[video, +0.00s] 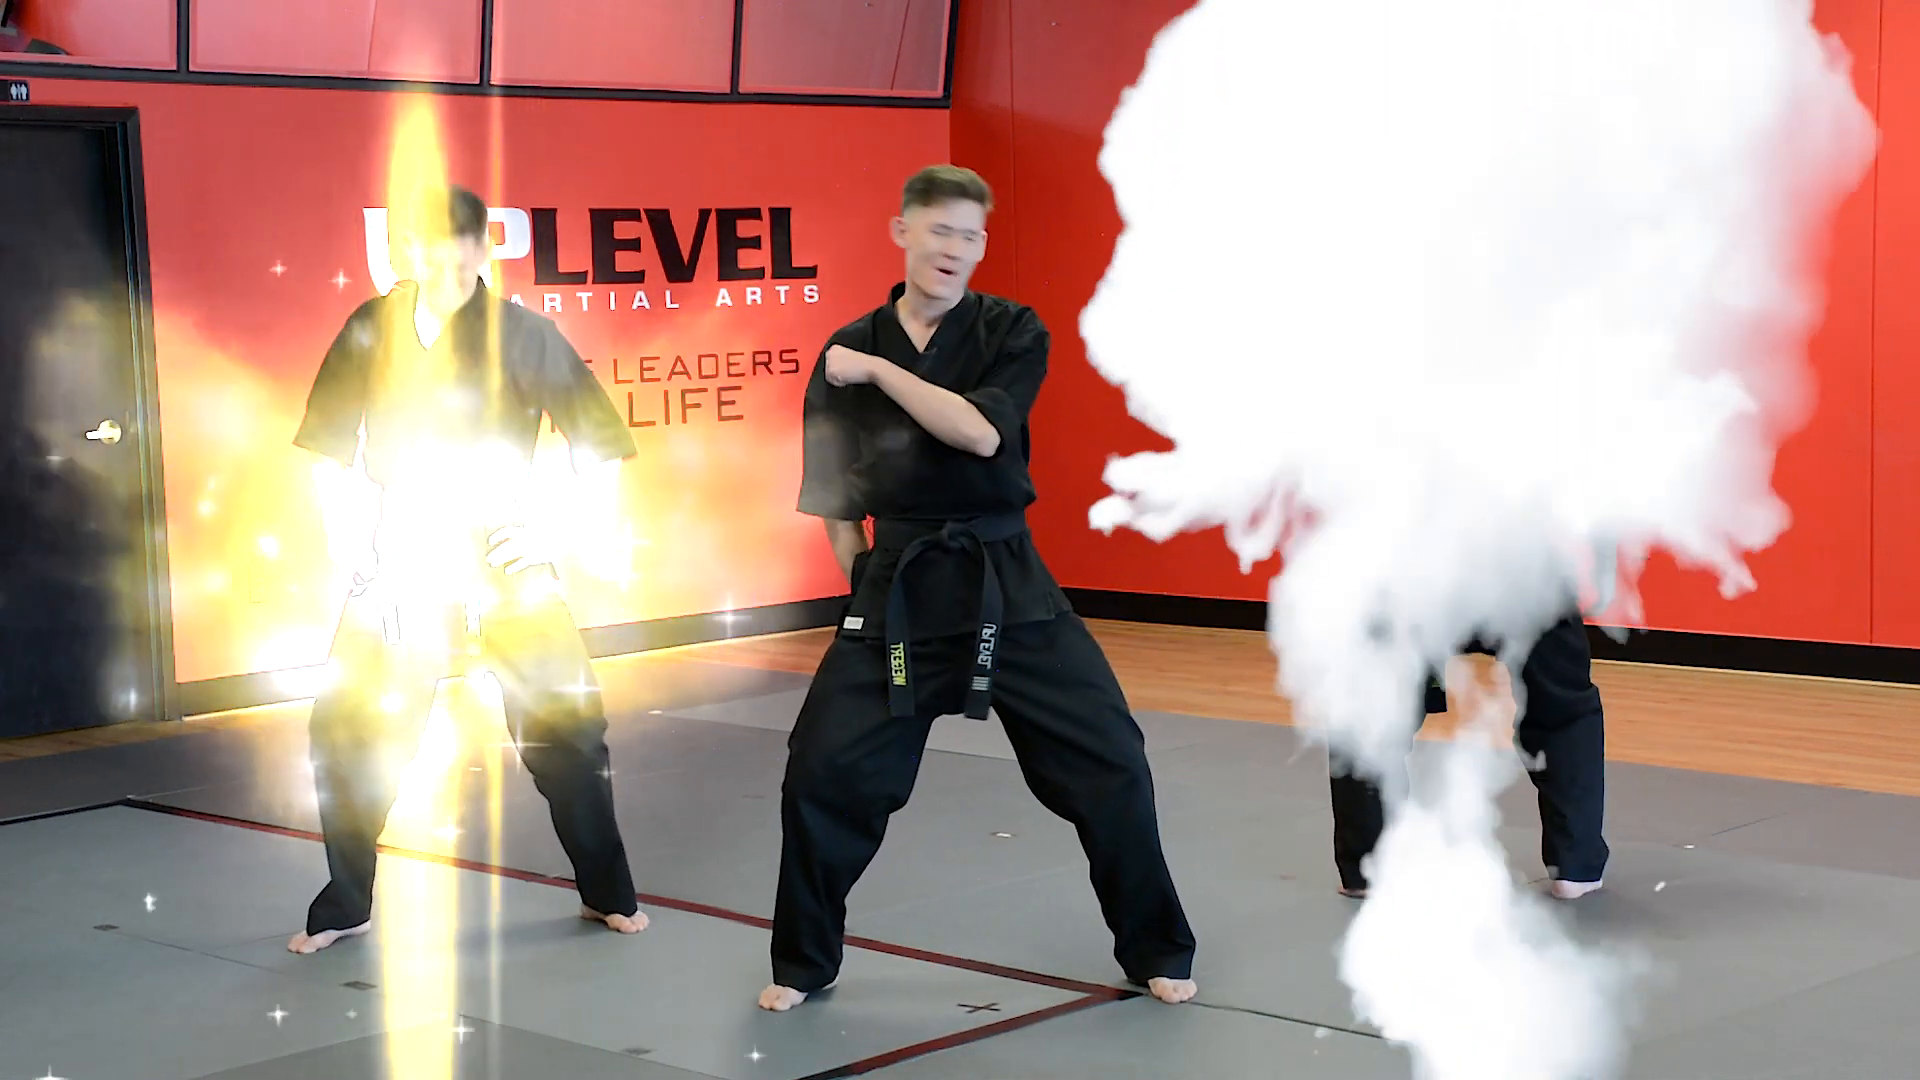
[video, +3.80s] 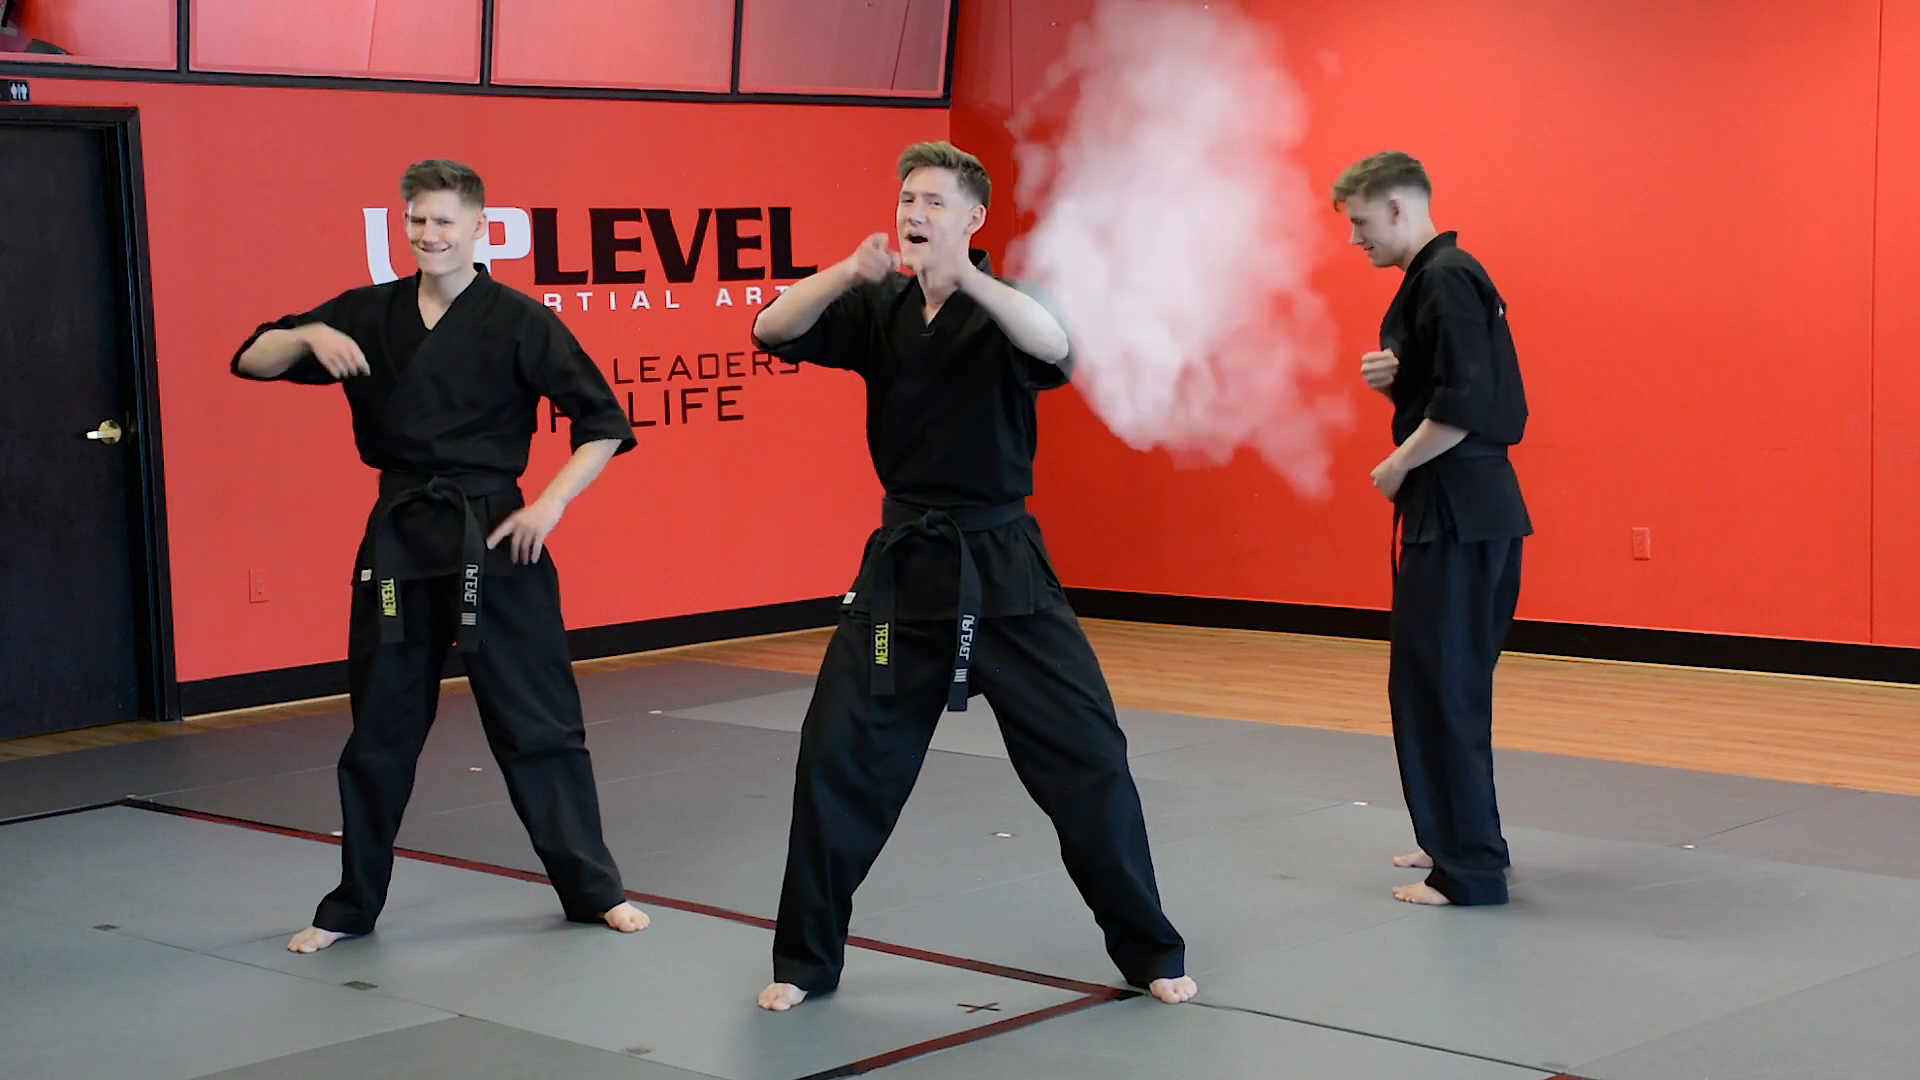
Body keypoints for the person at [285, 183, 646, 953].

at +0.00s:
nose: (422, 264)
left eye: (441, 246)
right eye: (412, 246)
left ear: (478, 248)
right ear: (398, 250)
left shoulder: (523, 337)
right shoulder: (367, 333)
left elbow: (602, 447)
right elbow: (326, 458)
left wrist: (554, 533)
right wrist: (349, 563)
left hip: (509, 564)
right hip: (400, 568)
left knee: (565, 719)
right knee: (345, 720)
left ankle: (608, 886)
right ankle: (347, 894)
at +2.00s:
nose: (381, 226)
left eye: (386, 212)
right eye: (360, 220)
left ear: (403, 223)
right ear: (330, 245)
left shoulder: (472, 308)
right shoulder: (327, 344)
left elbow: (561, 407)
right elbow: (285, 450)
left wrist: (537, 514)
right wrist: (311, 531)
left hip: (476, 539)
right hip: (378, 546)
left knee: (529, 725)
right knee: (363, 740)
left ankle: (591, 892)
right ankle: (351, 906)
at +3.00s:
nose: (366, 238)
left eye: (380, 223)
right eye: (352, 226)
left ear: (413, 229)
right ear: (338, 239)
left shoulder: (479, 310)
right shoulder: (336, 344)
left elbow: (567, 409)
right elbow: (283, 438)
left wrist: (541, 511)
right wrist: (269, 461)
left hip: (478, 539)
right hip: (379, 544)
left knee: (530, 724)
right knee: (366, 737)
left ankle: (592, 891)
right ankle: (352, 905)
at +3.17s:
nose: (370, 244)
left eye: (384, 230)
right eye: (361, 231)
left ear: (427, 231)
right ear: (354, 235)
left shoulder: (489, 313)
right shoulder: (339, 338)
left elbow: (577, 414)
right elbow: (257, 430)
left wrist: (543, 515)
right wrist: (231, 357)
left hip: (482, 537)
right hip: (382, 542)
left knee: (532, 724)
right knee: (368, 737)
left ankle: (592, 892)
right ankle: (351, 908)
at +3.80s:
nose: (427, 234)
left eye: (443, 222)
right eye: (417, 221)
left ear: (479, 228)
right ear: (405, 226)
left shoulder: (520, 320)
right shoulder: (367, 314)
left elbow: (607, 425)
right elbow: (250, 360)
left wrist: (549, 505)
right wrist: (308, 335)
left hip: (499, 538)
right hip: (399, 540)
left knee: (541, 725)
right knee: (379, 735)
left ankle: (593, 891)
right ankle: (353, 905)